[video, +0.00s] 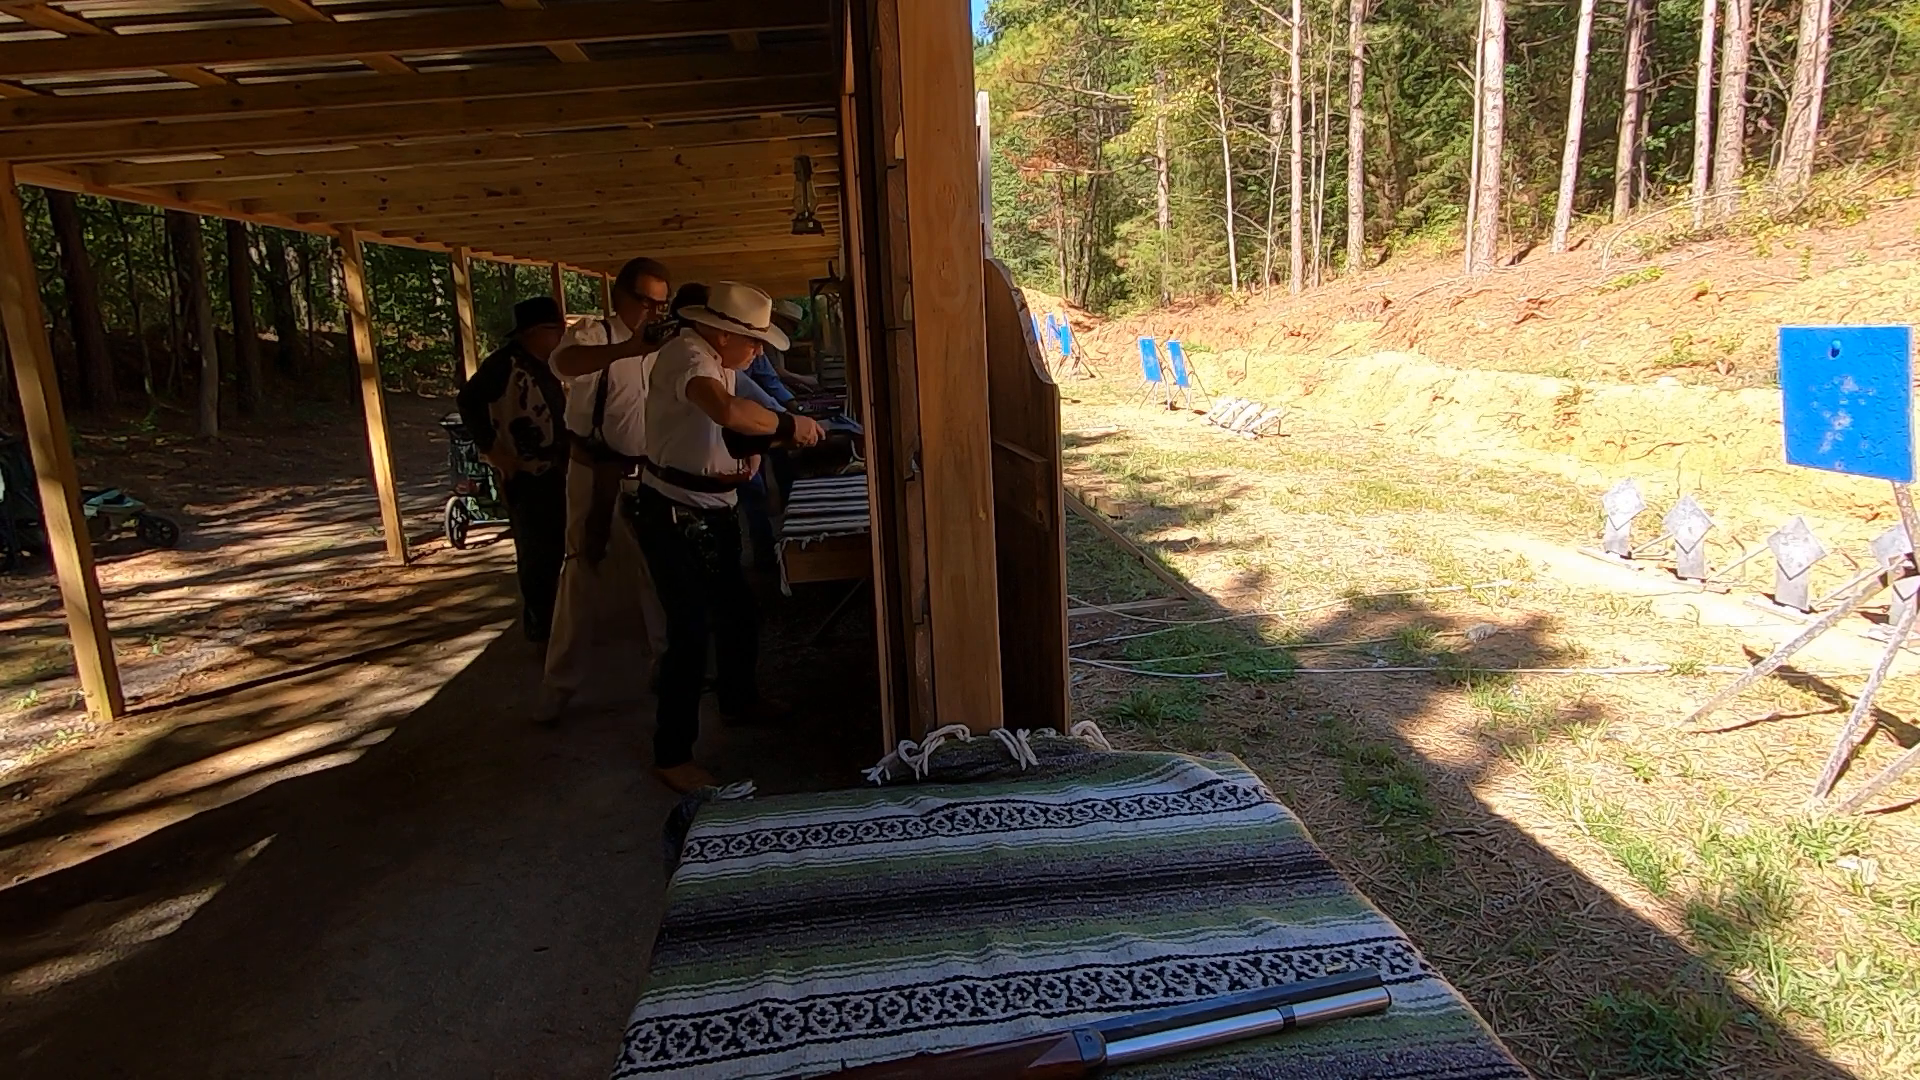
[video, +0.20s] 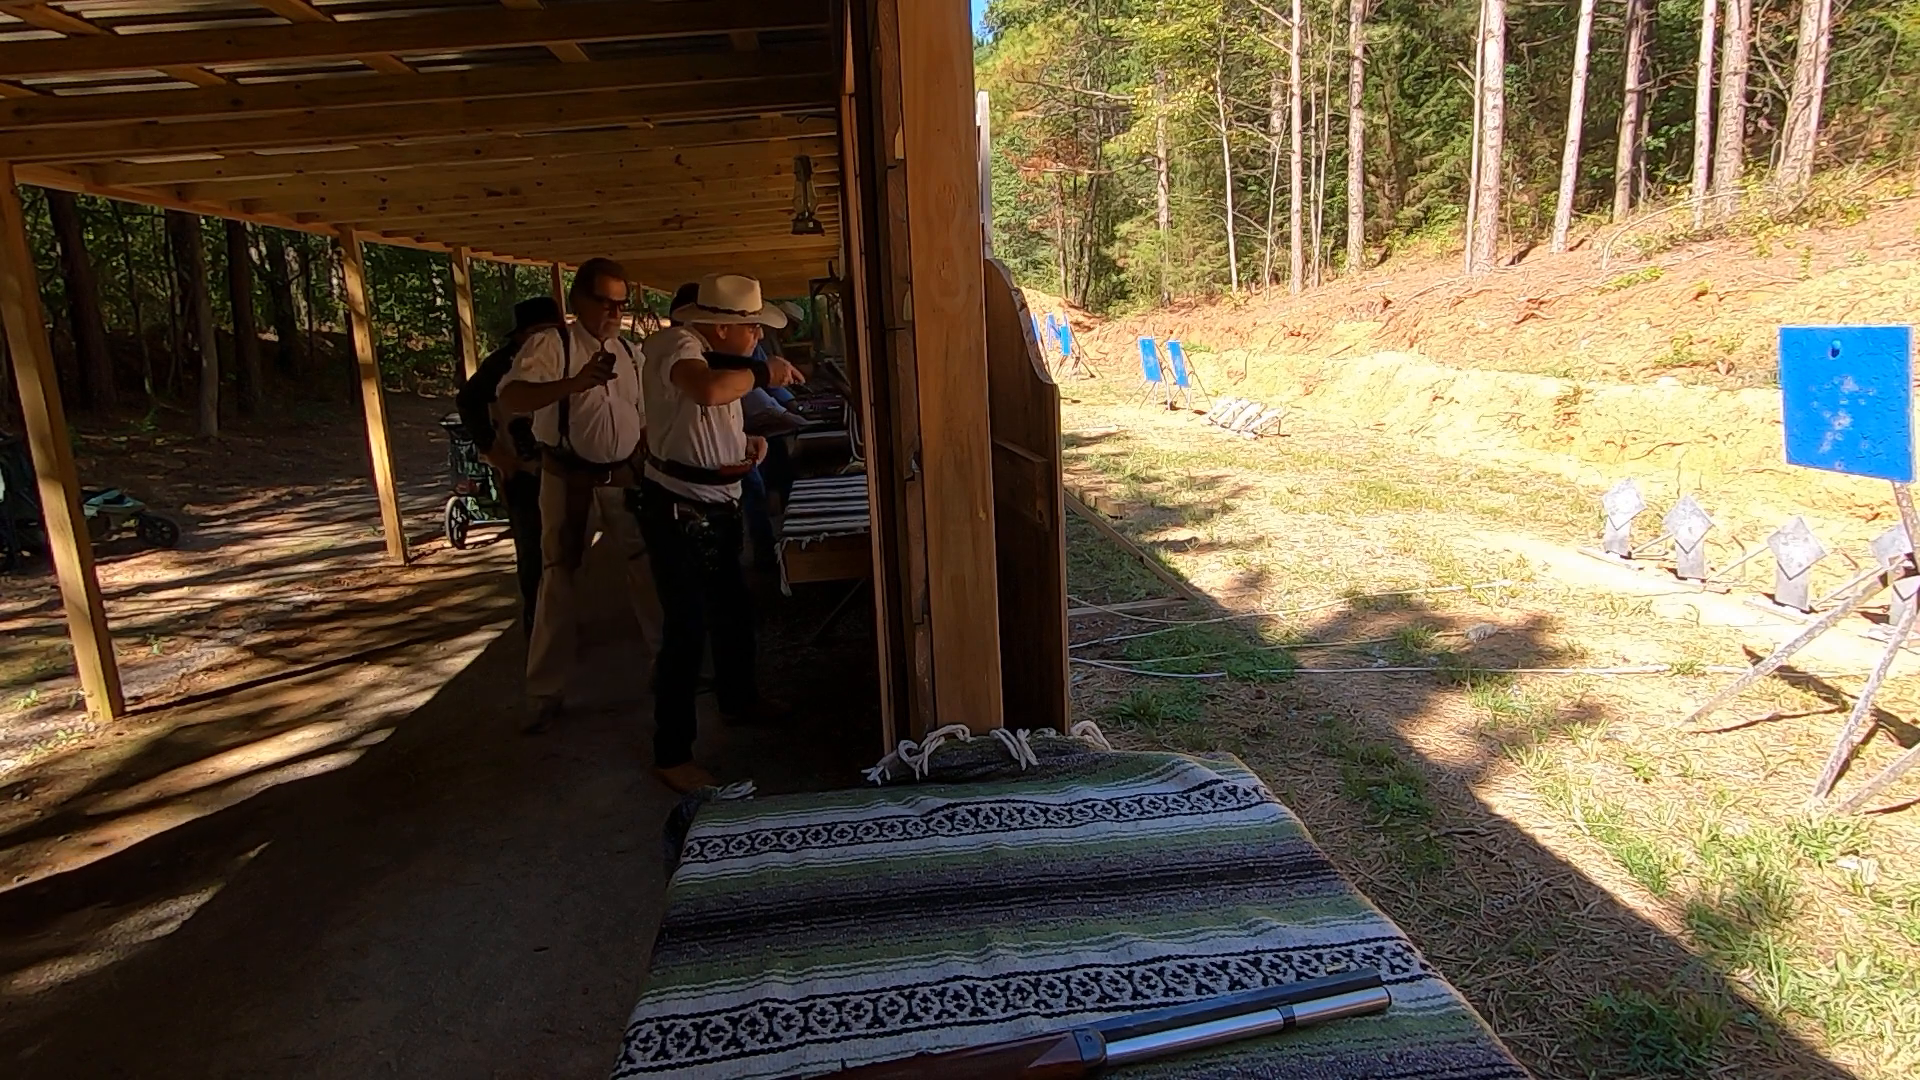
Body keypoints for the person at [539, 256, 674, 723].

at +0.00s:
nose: (655, 312)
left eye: (661, 305)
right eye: (648, 303)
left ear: (665, 305)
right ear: (621, 296)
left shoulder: (661, 343)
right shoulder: (594, 331)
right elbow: (562, 362)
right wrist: (631, 348)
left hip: (650, 471)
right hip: (595, 472)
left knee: (657, 574)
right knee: (581, 576)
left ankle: (667, 665)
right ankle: (557, 687)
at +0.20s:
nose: (615, 311)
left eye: (620, 304)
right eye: (605, 303)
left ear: (624, 304)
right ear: (577, 301)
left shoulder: (627, 351)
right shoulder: (549, 343)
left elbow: (640, 408)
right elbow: (512, 397)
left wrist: (644, 443)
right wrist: (573, 383)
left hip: (623, 475)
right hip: (567, 479)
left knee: (646, 575)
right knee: (559, 582)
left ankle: (666, 669)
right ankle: (544, 694)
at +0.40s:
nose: (568, 309)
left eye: (573, 300)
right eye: (557, 301)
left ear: (577, 301)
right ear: (528, 301)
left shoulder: (593, 354)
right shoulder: (499, 357)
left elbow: (614, 419)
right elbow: (462, 428)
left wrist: (640, 469)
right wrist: (517, 433)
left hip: (591, 480)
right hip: (533, 486)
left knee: (632, 563)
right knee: (537, 586)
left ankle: (663, 659)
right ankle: (543, 696)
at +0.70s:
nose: (525, 307)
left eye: (530, 298)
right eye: (513, 300)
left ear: (536, 299)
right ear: (483, 301)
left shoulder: (558, 353)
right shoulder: (454, 360)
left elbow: (585, 421)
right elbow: (436, 432)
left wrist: (614, 475)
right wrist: (473, 454)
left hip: (560, 481)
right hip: (502, 489)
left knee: (587, 576)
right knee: (520, 591)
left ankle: (594, 690)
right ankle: (539, 697)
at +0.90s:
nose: (515, 311)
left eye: (520, 301)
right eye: (503, 302)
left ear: (525, 302)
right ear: (472, 305)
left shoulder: (550, 358)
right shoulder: (442, 364)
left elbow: (576, 429)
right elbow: (425, 439)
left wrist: (607, 491)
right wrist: (461, 456)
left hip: (546, 490)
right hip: (488, 496)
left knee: (546, 594)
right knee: (511, 602)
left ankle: (532, 718)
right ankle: (538, 702)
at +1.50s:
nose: (501, 327)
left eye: (509, 316)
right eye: (492, 315)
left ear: (514, 313)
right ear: (458, 302)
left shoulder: (523, 364)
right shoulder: (413, 356)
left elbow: (541, 441)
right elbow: (380, 437)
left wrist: (565, 506)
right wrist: (435, 457)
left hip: (507, 502)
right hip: (442, 505)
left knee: (515, 615)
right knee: (451, 618)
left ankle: (512, 727)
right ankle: (464, 721)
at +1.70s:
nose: (491, 339)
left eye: (498, 330)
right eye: (484, 328)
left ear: (503, 322)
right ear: (456, 310)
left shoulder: (504, 367)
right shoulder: (399, 355)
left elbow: (521, 447)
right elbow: (361, 437)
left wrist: (549, 514)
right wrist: (420, 465)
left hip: (488, 512)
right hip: (422, 511)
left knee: (505, 618)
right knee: (421, 631)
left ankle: (511, 731)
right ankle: (407, 769)